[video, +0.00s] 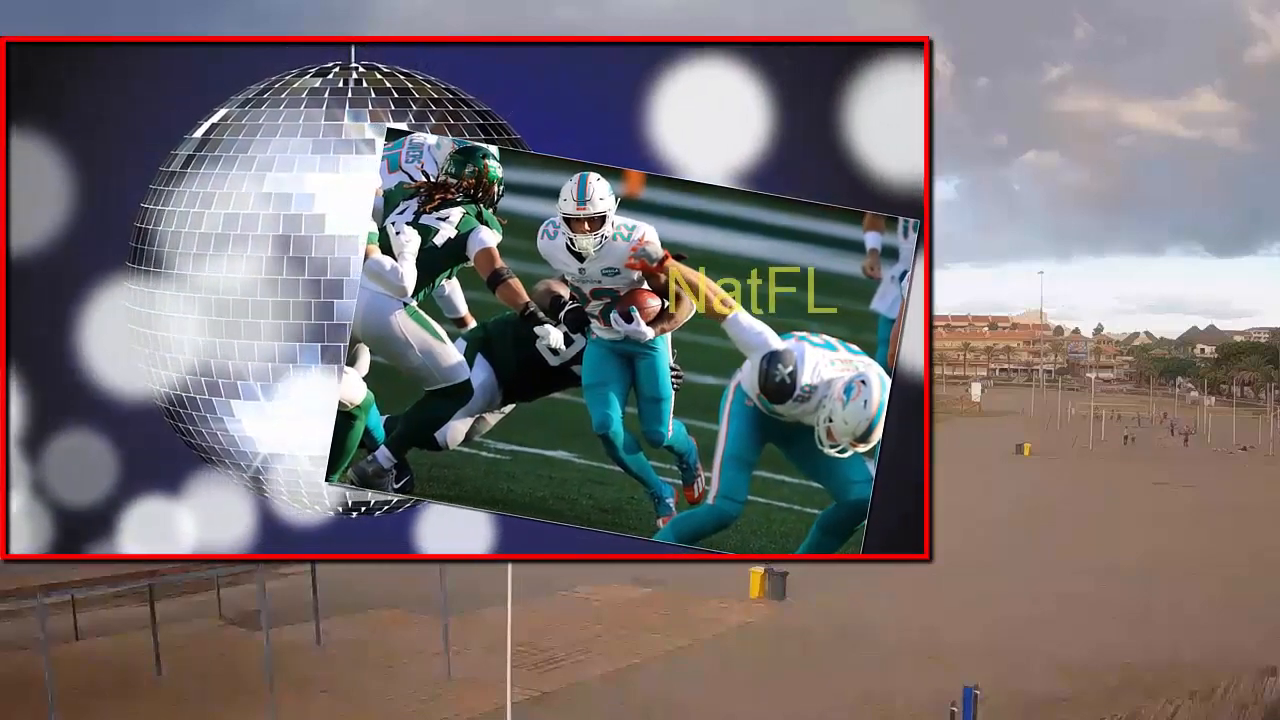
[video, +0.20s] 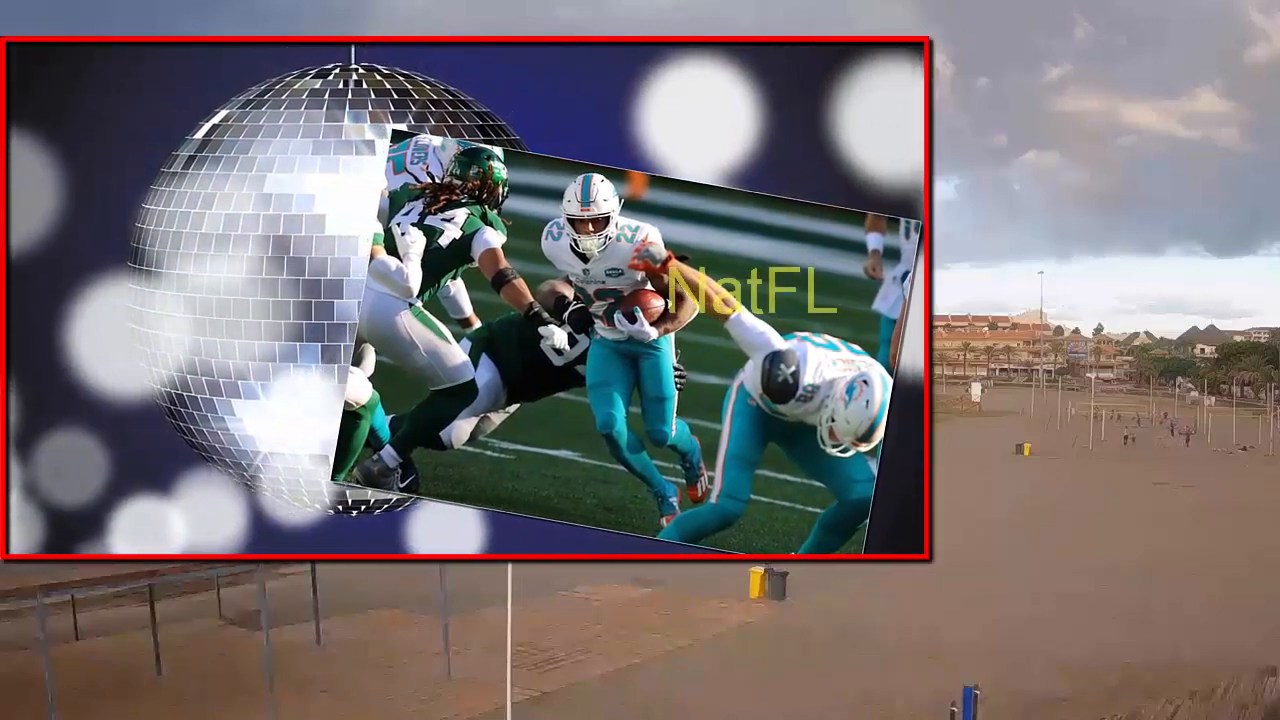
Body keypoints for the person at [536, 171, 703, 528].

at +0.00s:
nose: (583, 228)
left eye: (592, 220)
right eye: (575, 221)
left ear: (608, 214)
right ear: (563, 216)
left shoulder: (639, 240)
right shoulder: (550, 239)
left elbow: (687, 301)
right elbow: (575, 279)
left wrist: (653, 331)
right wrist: (582, 308)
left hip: (649, 342)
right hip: (602, 341)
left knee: (656, 434)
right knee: (606, 427)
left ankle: (689, 460)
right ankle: (661, 494)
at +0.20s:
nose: (587, 229)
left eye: (596, 221)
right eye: (579, 222)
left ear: (612, 215)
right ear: (568, 217)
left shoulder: (642, 241)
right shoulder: (554, 241)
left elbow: (691, 301)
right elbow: (581, 280)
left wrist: (657, 331)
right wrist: (589, 308)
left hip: (653, 342)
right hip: (606, 341)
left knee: (660, 433)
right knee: (610, 427)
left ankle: (692, 460)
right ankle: (665, 494)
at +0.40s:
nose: (591, 230)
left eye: (600, 222)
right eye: (583, 223)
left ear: (615, 216)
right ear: (571, 219)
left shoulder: (646, 242)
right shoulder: (558, 241)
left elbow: (693, 300)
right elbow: (583, 281)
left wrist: (660, 332)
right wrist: (586, 308)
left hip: (656, 343)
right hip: (609, 342)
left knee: (663, 432)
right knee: (613, 427)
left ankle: (695, 458)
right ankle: (668, 492)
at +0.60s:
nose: (595, 232)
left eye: (604, 223)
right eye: (587, 224)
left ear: (620, 218)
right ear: (576, 220)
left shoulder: (650, 243)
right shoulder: (562, 242)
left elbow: (697, 301)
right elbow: (588, 281)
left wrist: (664, 331)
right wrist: (592, 308)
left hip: (660, 343)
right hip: (614, 342)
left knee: (667, 433)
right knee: (617, 426)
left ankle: (698, 458)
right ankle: (671, 491)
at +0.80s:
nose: (599, 232)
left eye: (607, 224)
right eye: (591, 225)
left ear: (623, 219)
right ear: (580, 221)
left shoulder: (654, 243)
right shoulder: (566, 243)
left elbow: (700, 302)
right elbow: (591, 282)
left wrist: (667, 332)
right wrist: (590, 310)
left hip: (663, 343)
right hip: (617, 342)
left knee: (670, 432)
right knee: (621, 426)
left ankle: (702, 458)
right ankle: (675, 490)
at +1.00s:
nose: (603, 233)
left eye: (611, 225)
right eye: (595, 226)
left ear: (627, 219)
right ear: (584, 222)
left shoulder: (657, 243)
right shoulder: (571, 243)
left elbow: (701, 304)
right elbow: (592, 282)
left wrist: (669, 332)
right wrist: (592, 310)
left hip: (667, 343)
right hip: (621, 342)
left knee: (673, 431)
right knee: (625, 425)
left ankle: (704, 454)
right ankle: (678, 490)